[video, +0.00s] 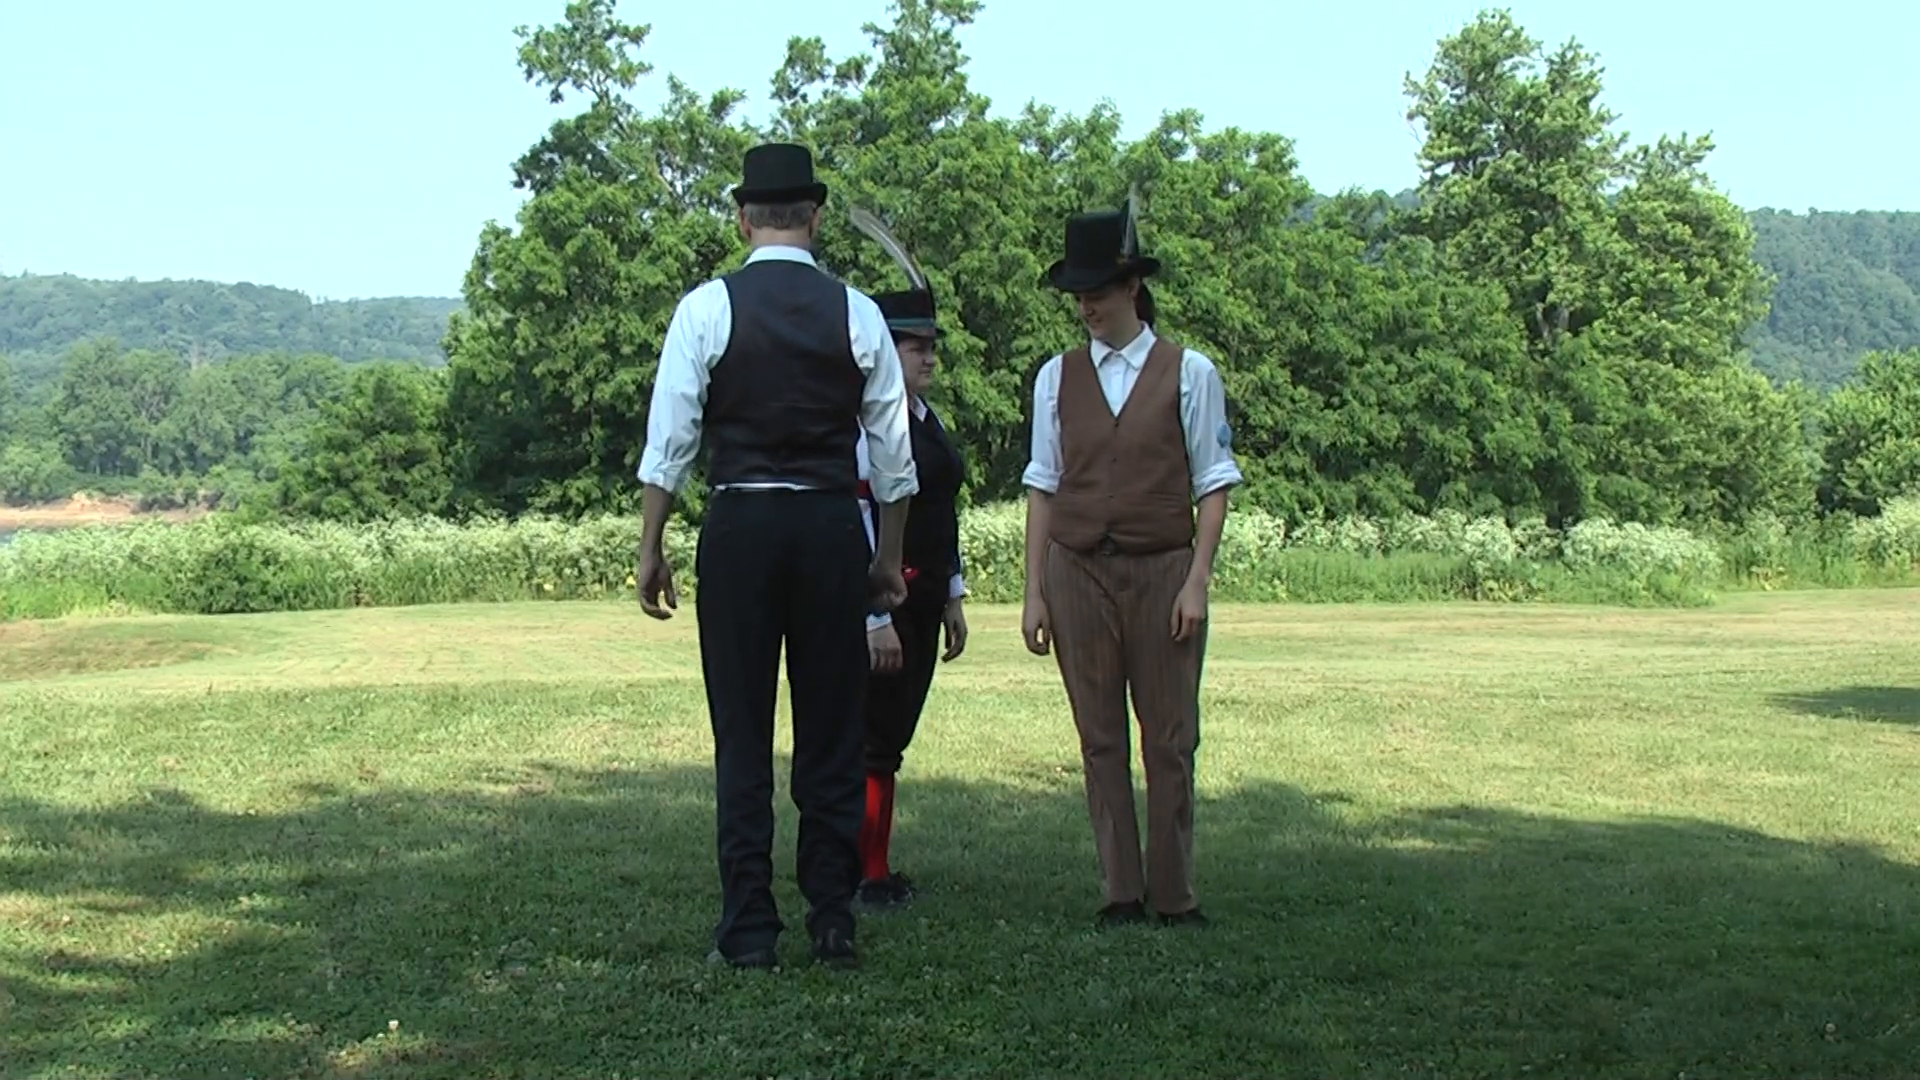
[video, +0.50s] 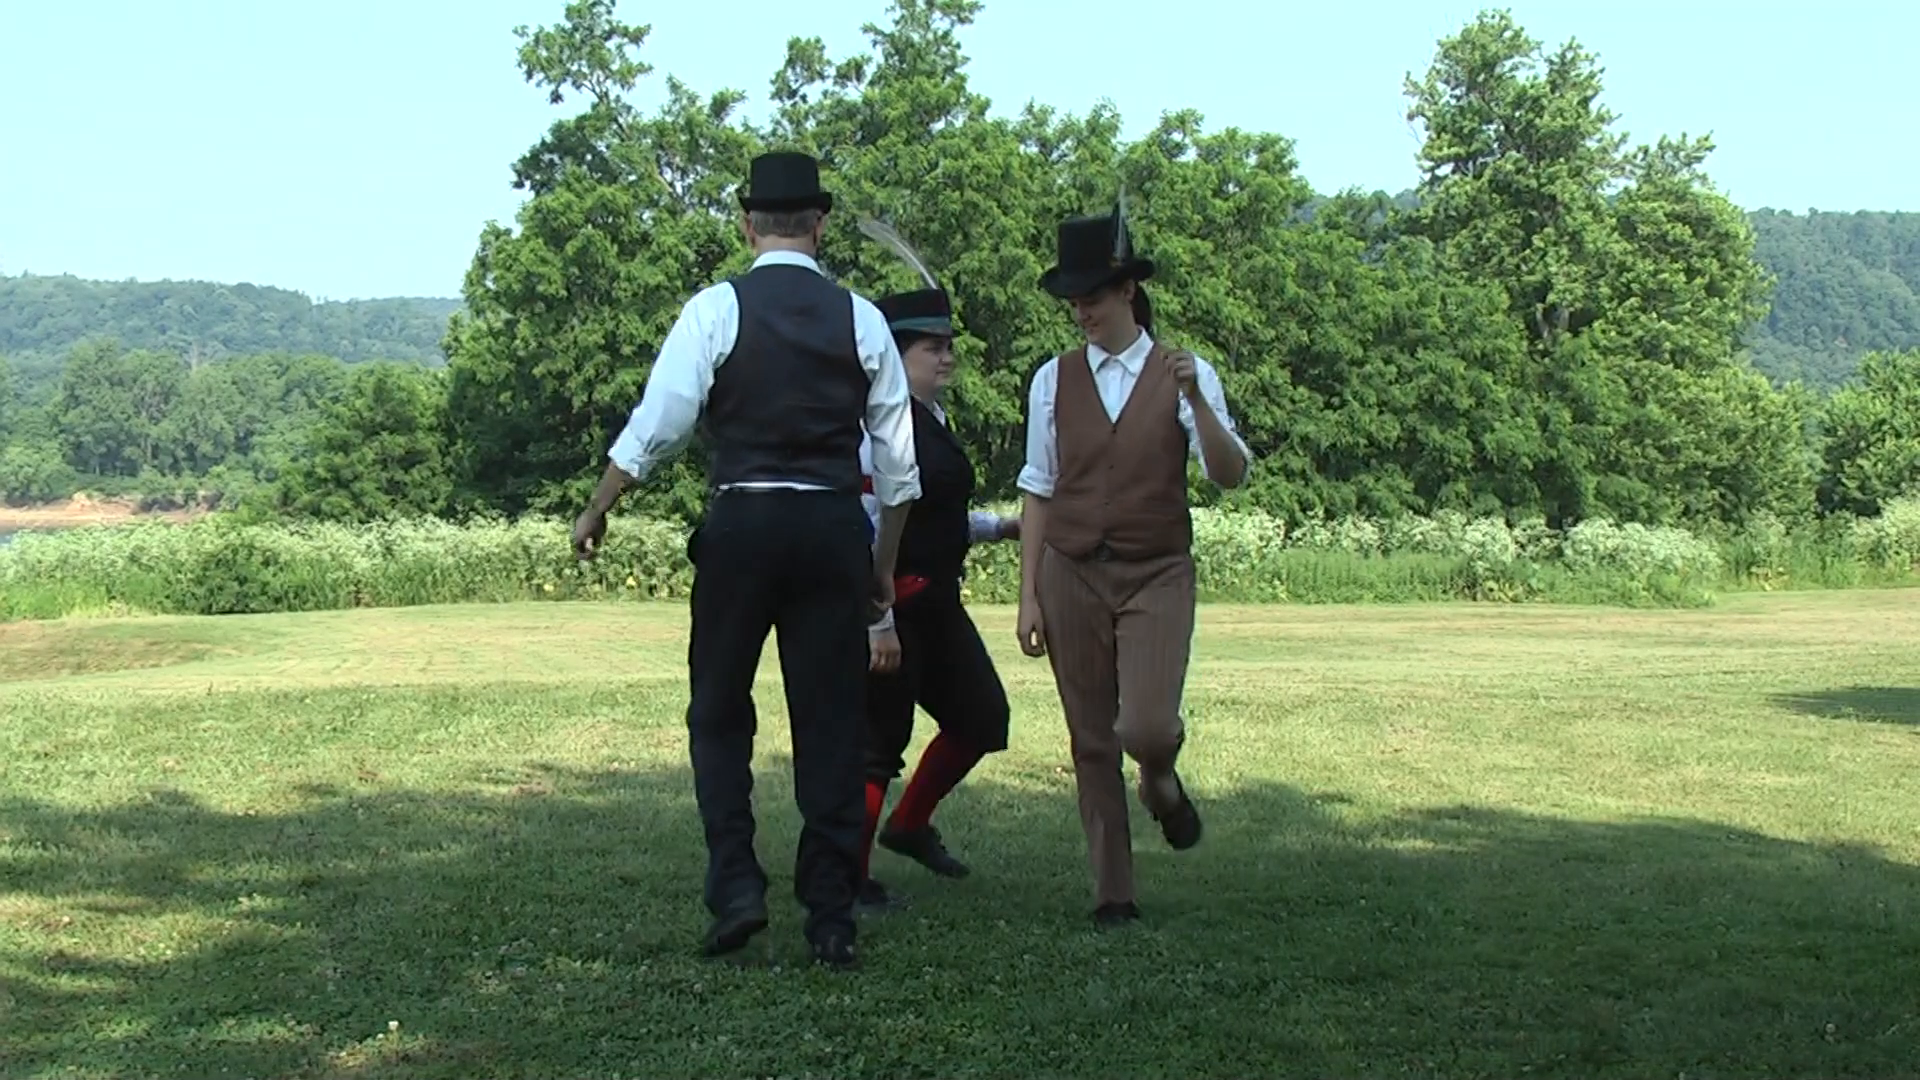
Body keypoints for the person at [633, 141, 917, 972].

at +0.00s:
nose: (753, 222)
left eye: (745, 212)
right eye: (797, 212)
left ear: (742, 218)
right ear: (814, 216)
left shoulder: (708, 307)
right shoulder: (859, 312)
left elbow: (671, 432)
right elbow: (893, 445)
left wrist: (650, 544)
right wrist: (890, 551)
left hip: (738, 537)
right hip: (834, 535)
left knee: (741, 741)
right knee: (831, 737)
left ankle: (748, 929)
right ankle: (835, 923)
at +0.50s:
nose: (765, 230)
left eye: (753, 220)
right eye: (807, 220)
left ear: (748, 224)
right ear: (823, 225)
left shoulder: (714, 308)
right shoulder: (863, 318)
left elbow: (664, 415)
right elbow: (895, 457)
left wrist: (598, 507)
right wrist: (885, 562)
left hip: (740, 527)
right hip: (836, 533)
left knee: (718, 711)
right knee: (830, 720)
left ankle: (736, 899)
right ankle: (831, 920)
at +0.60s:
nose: (747, 228)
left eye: (743, 218)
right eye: (809, 219)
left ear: (740, 222)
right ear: (813, 224)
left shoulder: (712, 299)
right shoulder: (854, 314)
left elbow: (636, 389)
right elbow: (896, 449)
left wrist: (551, 424)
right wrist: (880, 550)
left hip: (737, 520)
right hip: (830, 526)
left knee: (705, 689)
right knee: (830, 714)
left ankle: (722, 866)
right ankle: (834, 918)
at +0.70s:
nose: (787, 231)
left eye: (741, 222)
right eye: (796, 221)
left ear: (728, 226)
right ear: (799, 226)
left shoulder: (699, 301)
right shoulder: (840, 314)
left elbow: (591, 348)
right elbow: (883, 442)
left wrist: (529, 338)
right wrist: (871, 547)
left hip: (724, 521)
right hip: (815, 526)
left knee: (695, 694)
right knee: (819, 719)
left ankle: (707, 872)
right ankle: (832, 920)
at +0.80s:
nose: (750, 247)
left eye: (722, 237)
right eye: (770, 237)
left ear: (707, 242)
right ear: (777, 243)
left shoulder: (671, 315)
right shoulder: (819, 325)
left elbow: (549, 309)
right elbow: (867, 450)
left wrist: (522, 257)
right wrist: (869, 561)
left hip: (708, 533)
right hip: (800, 538)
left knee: (706, 714)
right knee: (792, 722)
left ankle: (694, 916)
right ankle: (828, 907)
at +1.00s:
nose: (761, 244)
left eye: (752, 234)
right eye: (761, 234)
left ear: (689, 241)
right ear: (751, 239)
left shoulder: (651, 308)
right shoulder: (789, 321)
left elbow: (599, 232)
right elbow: (836, 433)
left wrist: (579, 152)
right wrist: (852, 536)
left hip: (684, 529)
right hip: (775, 528)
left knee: (692, 722)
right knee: (773, 628)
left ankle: (697, 917)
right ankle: (771, 784)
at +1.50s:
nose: (819, 316)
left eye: (818, 303)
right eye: (819, 302)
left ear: (753, 285)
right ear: (802, 297)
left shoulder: (694, 328)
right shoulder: (811, 361)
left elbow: (676, 250)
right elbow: (830, 473)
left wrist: (710, 164)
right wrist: (816, 570)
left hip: (665, 541)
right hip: (745, 548)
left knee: (681, 724)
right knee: (809, 631)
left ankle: (672, 897)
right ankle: (758, 797)